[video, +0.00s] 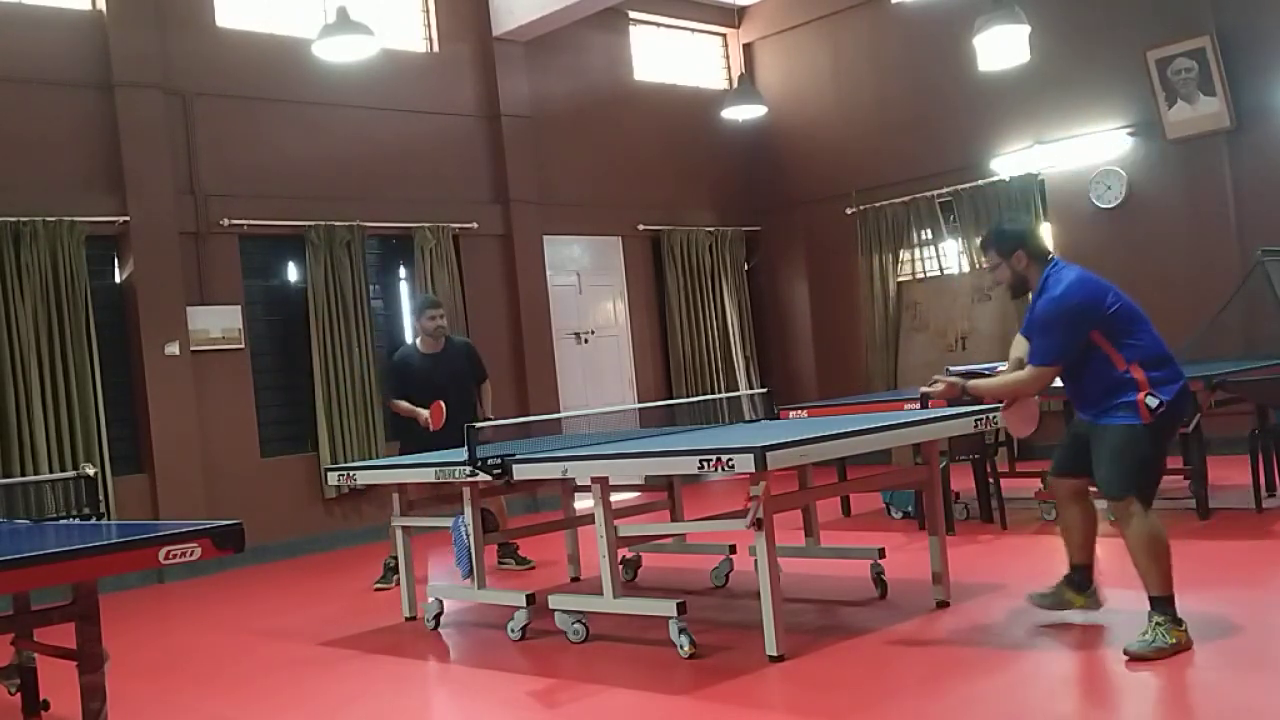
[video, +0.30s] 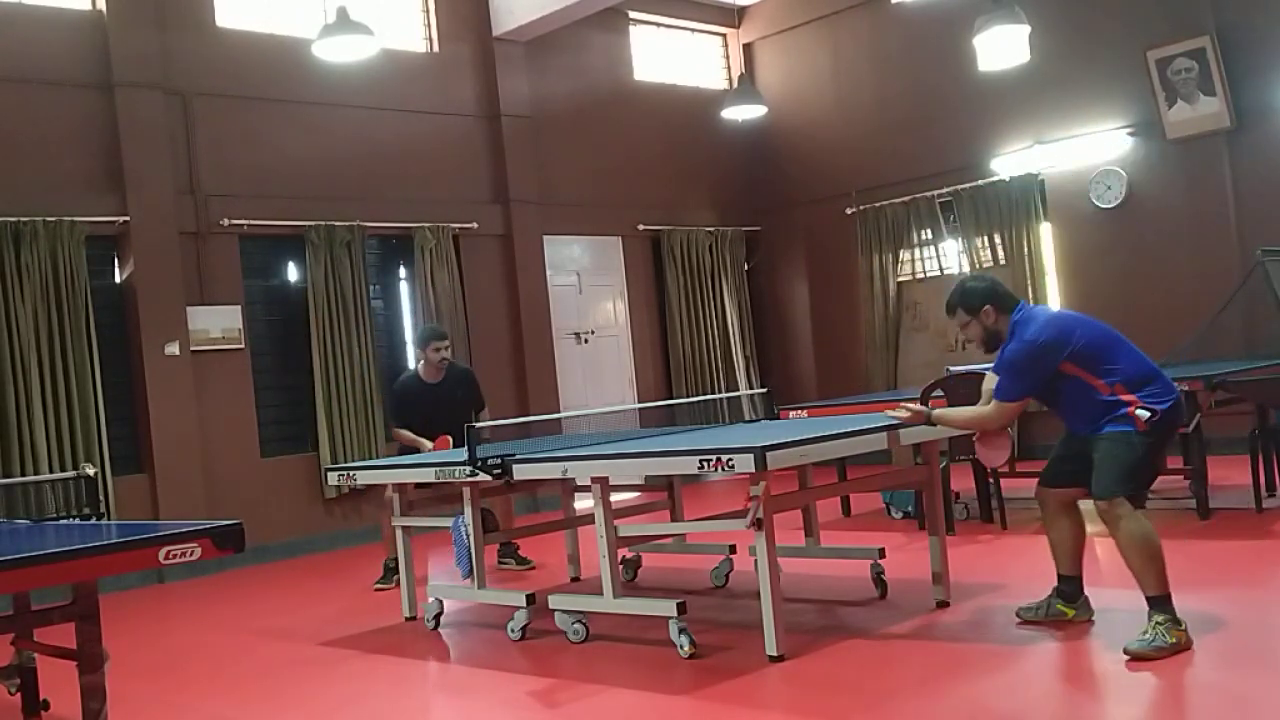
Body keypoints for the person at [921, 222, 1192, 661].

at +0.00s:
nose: (993, 278)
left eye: (995, 267)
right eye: (990, 270)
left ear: (1020, 258)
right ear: (1020, 260)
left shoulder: (1064, 295)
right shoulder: (1045, 292)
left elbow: (1035, 380)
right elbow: (1025, 340)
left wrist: (963, 387)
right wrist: (1012, 370)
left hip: (1142, 399)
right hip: (1103, 403)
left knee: (1124, 500)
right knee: (1065, 481)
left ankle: (1167, 622)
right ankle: (1079, 586)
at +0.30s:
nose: (965, 337)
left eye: (965, 326)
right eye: (960, 329)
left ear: (989, 313)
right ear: (990, 313)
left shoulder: (1030, 341)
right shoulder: (1019, 331)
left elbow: (995, 418)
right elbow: (992, 380)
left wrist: (928, 415)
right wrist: (990, 412)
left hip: (1139, 410)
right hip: (1095, 420)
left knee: (1113, 502)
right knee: (1054, 493)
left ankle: (1166, 621)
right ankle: (1070, 600)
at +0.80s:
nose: (956, 309)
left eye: (958, 298)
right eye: (953, 300)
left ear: (985, 290)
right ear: (988, 290)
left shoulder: (1017, 321)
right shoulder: (1017, 314)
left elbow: (983, 397)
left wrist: (917, 408)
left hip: (1119, 409)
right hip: (1083, 416)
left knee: (1102, 502)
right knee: (1044, 492)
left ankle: (1166, 622)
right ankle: (1069, 599)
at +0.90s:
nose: (967, 263)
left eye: (971, 255)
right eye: (967, 255)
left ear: (996, 254)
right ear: (1000, 255)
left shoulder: (1021, 291)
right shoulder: (1013, 290)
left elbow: (965, 353)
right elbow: (983, 343)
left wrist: (900, 376)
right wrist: (981, 372)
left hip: (1109, 406)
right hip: (1070, 412)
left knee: (1106, 503)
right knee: (1051, 494)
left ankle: (1165, 621)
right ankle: (1068, 598)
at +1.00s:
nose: (971, 229)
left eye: (980, 221)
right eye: (973, 221)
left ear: (1007, 226)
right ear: (1010, 228)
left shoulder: (1025, 262)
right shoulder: (1012, 266)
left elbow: (951, 302)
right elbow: (972, 307)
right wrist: (959, 341)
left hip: (1106, 398)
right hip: (1074, 404)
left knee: (1114, 500)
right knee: (1061, 494)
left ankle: (1164, 619)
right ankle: (1069, 597)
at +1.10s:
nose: (984, 218)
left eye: (993, 210)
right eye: (987, 210)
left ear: (1020, 218)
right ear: (1017, 221)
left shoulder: (1037, 249)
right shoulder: (1014, 261)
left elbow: (949, 257)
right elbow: (975, 290)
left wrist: (884, 229)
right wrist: (948, 307)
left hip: (1104, 397)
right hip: (1067, 403)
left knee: (1116, 502)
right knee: (1060, 497)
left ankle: (1165, 619)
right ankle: (1069, 597)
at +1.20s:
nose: (992, 216)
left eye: (1003, 209)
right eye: (996, 209)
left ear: (1030, 218)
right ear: (1026, 221)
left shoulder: (1049, 249)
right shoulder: (1020, 274)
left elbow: (969, 240)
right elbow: (979, 301)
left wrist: (903, 213)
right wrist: (955, 308)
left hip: (1102, 402)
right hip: (1060, 408)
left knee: (1109, 507)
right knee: (1053, 496)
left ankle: (1165, 620)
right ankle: (1068, 598)